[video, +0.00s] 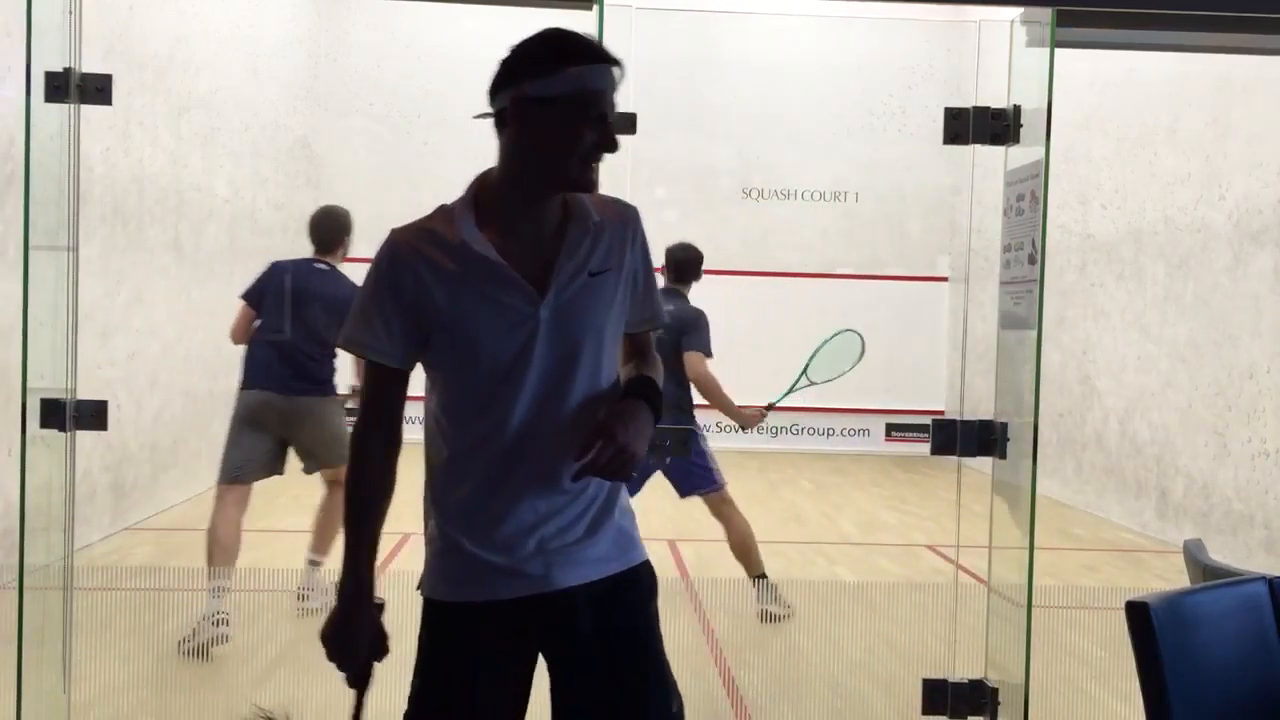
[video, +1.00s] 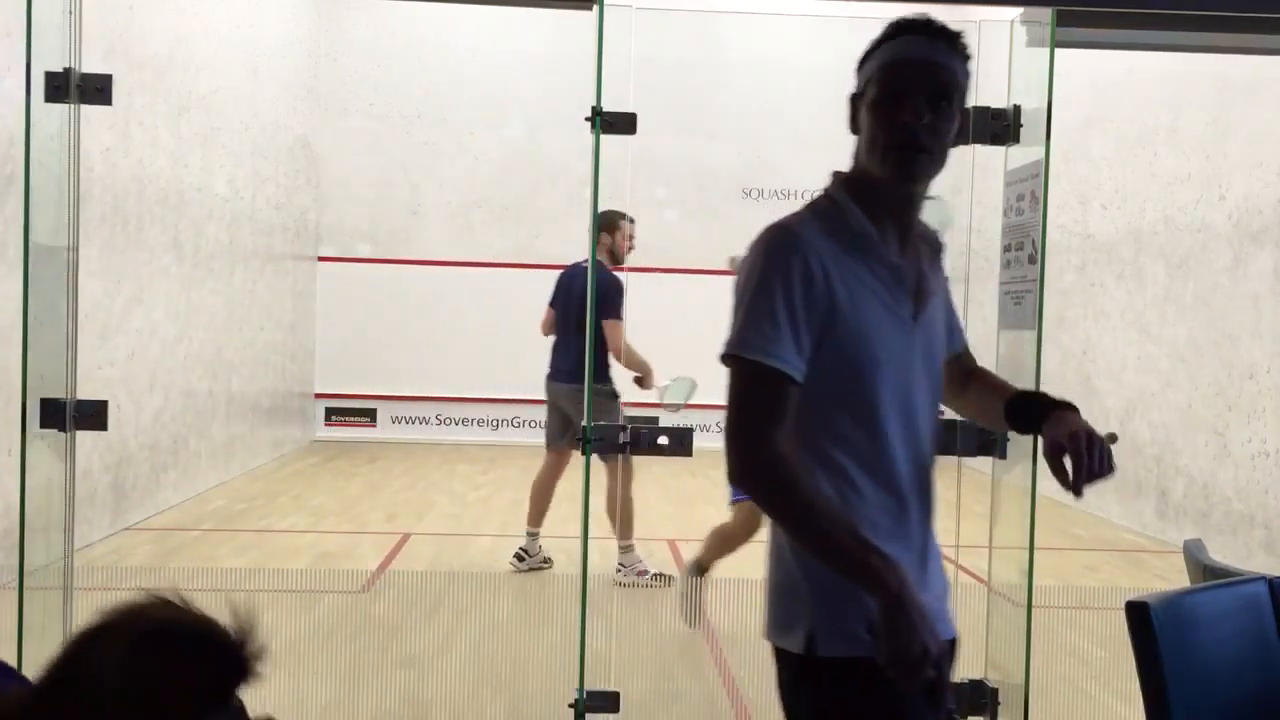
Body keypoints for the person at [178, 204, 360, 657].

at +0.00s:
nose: (348, 245)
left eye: (339, 236)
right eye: (349, 239)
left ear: (311, 237)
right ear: (346, 243)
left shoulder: (277, 273)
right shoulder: (350, 294)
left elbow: (239, 333)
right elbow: (364, 365)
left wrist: (275, 336)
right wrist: (363, 397)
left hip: (257, 398)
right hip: (313, 403)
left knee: (231, 499)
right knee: (340, 481)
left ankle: (216, 608)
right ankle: (312, 580)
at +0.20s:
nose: (413, 262)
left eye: (410, 255)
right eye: (412, 256)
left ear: (376, 257)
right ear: (407, 260)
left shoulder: (348, 292)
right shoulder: (412, 306)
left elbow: (313, 348)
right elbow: (440, 370)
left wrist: (330, 387)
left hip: (324, 407)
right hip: (369, 412)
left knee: (312, 505)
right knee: (385, 500)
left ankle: (239, 552)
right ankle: (325, 582)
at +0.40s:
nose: (479, 256)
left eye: (477, 249)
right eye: (476, 249)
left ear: (443, 252)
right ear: (465, 251)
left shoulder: (413, 288)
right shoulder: (474, 295)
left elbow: (380, 345)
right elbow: (489, 359)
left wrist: (356, 400)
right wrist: (487, 387)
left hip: (402, 393)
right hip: (434, 400)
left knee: (445, 460)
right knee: (414, 496)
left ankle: (446, 551)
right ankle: (336, 565)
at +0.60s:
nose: (540, 259)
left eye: (539, 253)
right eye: (536, 253)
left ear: (510, 256)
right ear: (515, 254)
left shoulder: (477, 295)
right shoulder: (530, 299)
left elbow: (451, 350)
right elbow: (541, 360)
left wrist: (425, 399)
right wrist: (548, 389)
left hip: (476, 398)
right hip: (504, 403)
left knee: (521, 461)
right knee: (506, 500)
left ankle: (523, 548)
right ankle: (420, 541)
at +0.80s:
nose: (589, 241)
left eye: (590, 234)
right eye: (584, 233)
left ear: (561, 237)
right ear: (562, 234)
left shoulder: (530, 270)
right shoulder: (569, 279)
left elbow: (505, 325)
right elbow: (578, 343)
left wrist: (537, 342)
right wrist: (598, 363)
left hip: (516, 377)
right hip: (545, 382)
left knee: (531, 456)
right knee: (586, 463)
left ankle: (524, 545)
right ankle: (544, 542)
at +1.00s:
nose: (631, 244)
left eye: (632, 238)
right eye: (627, 237)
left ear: (602, 240)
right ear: (606, 237)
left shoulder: (570, 273)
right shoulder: (609, 282)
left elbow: (547, 327)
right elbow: (618, 347)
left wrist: (585, 330)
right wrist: (645, 370)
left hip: (558, 384)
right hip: (592, 388)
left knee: (554, 461)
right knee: (620, 466)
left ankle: (529, 547)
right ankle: (629, 561)